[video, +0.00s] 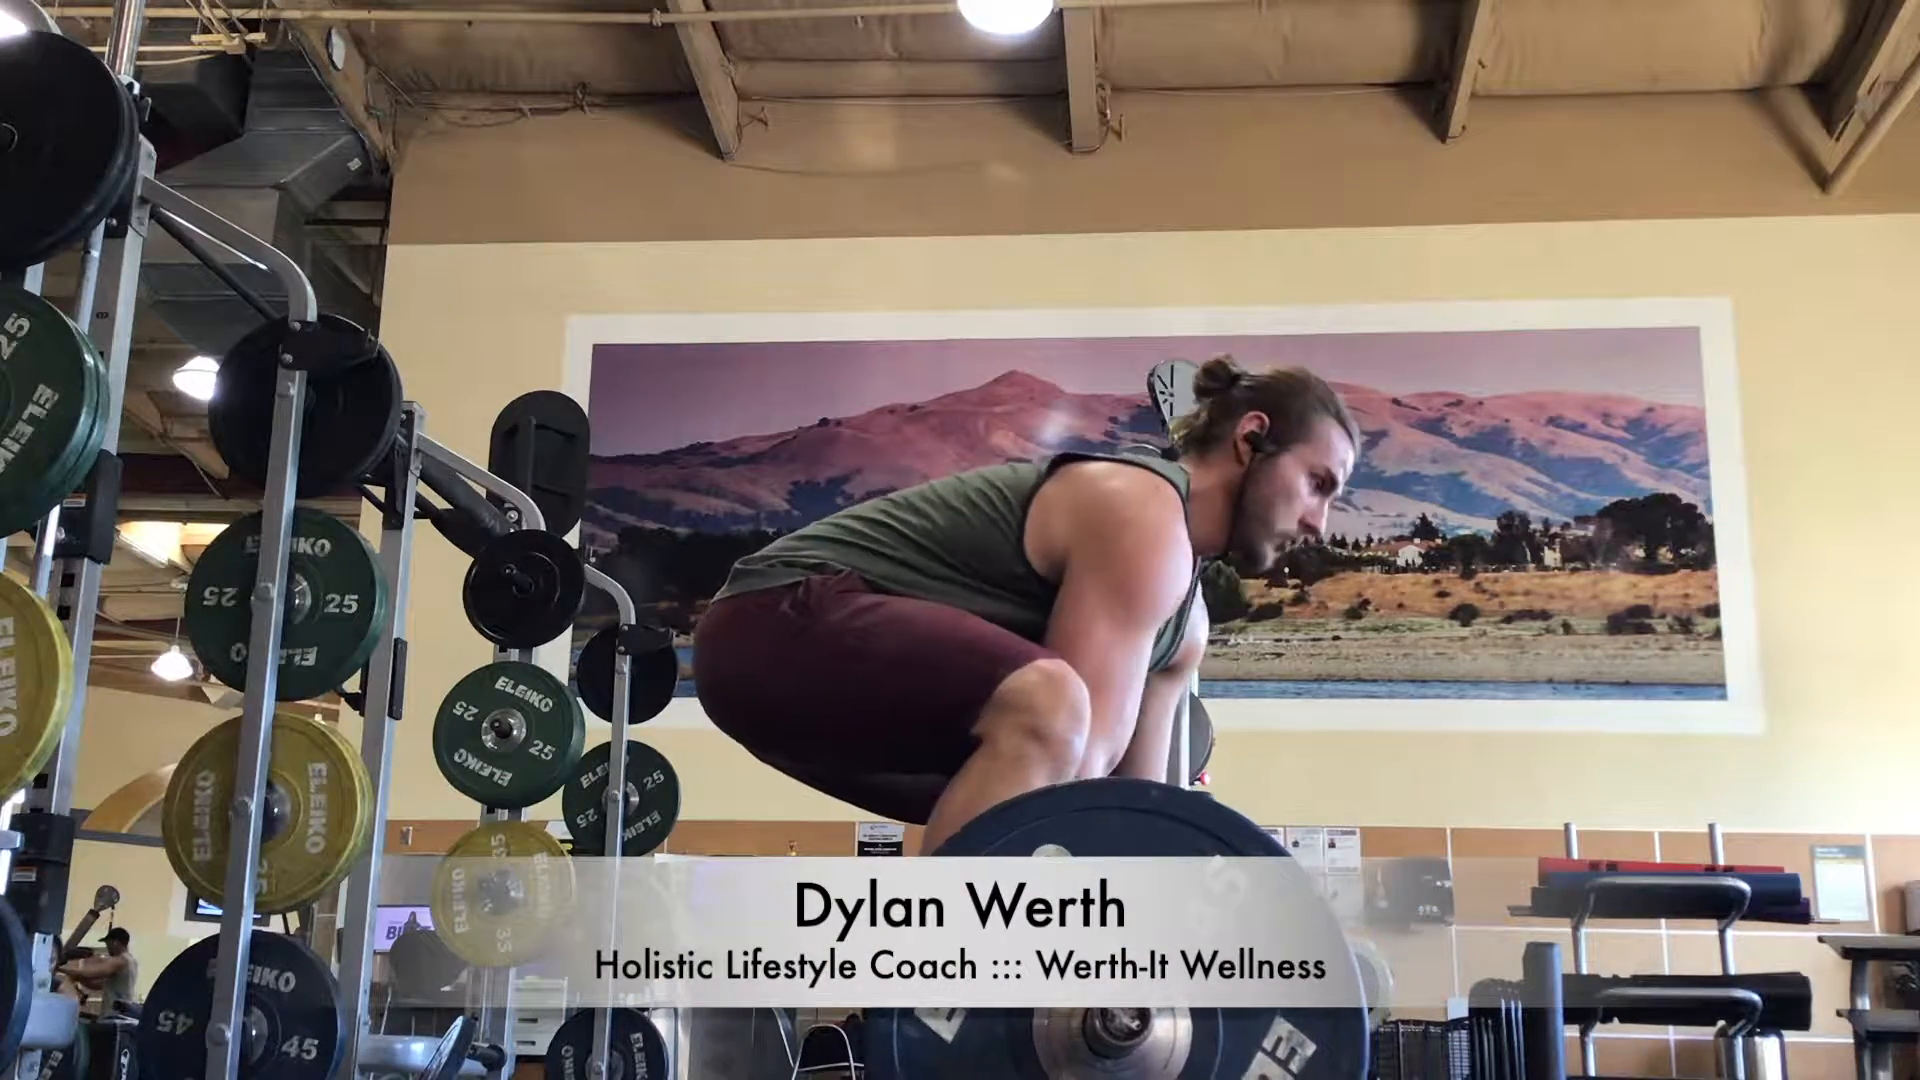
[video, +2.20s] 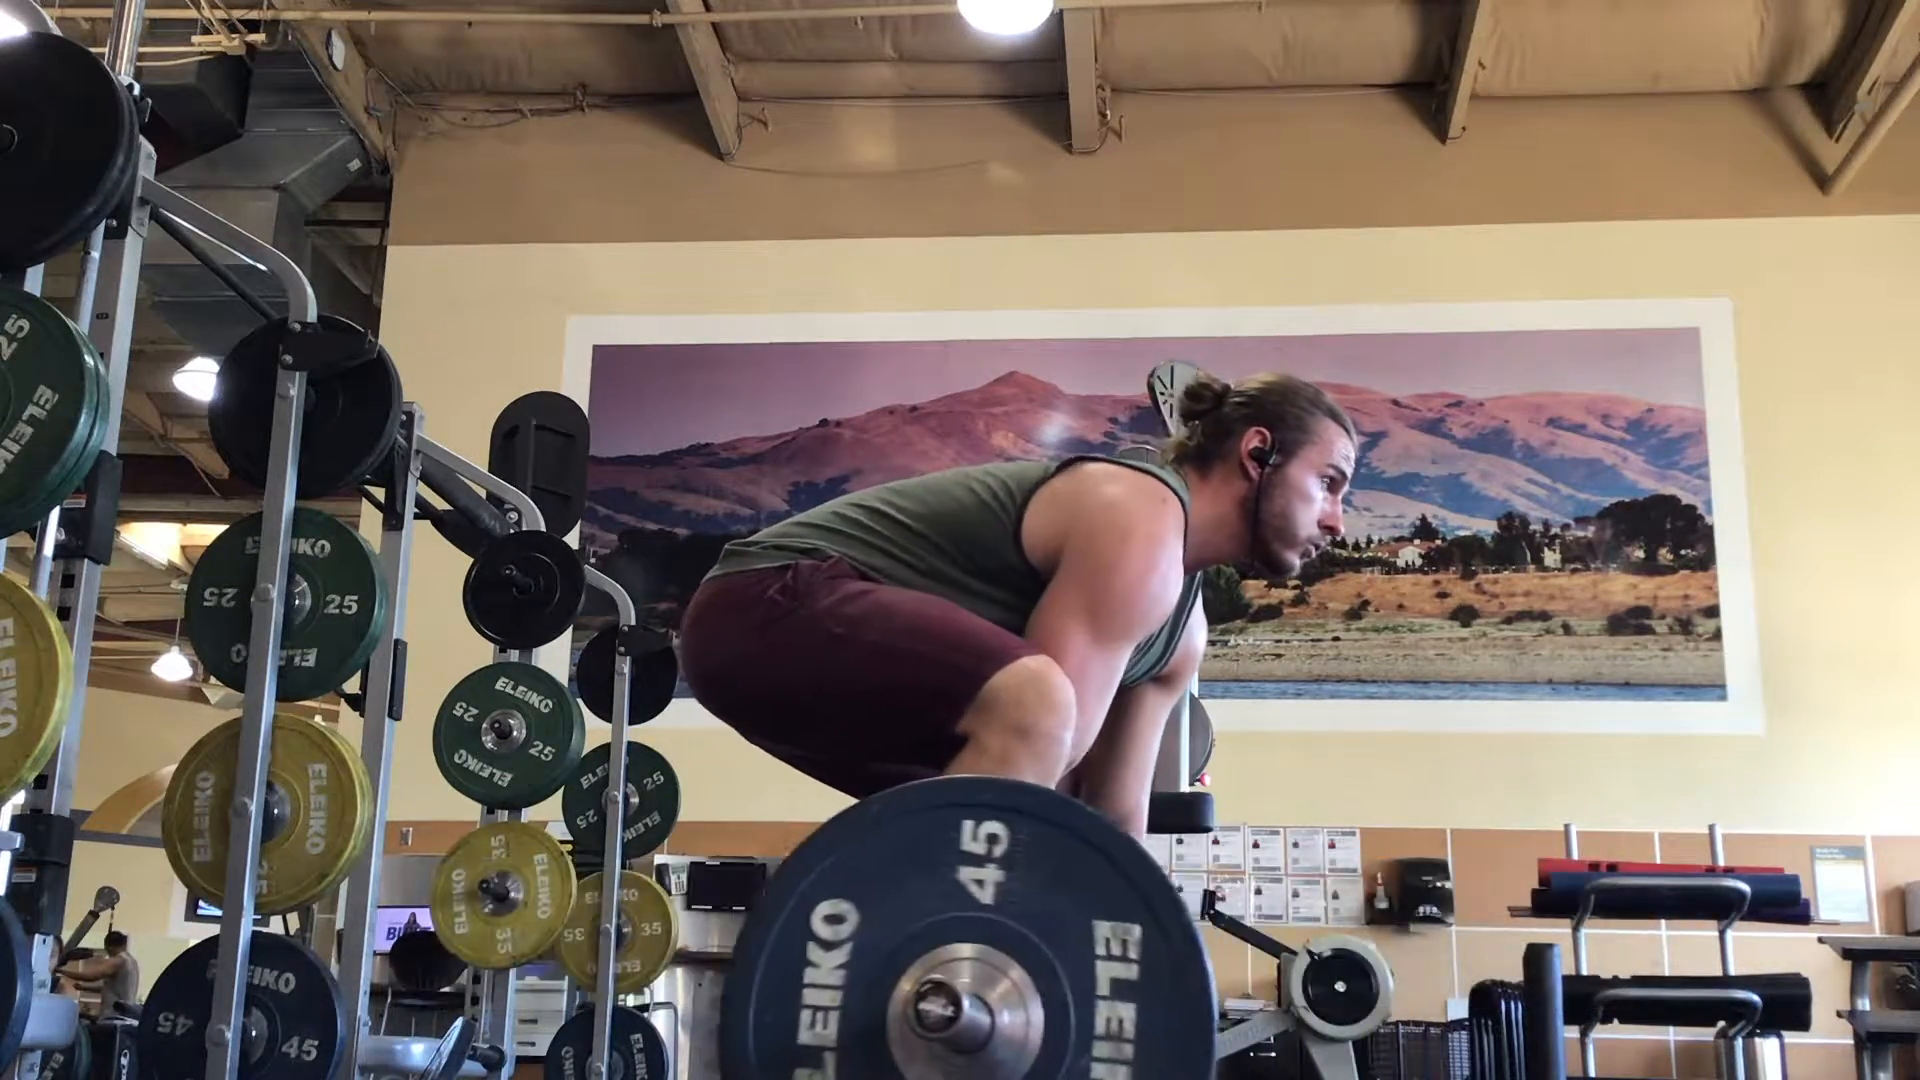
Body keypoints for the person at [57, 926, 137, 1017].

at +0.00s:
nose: (107, 947)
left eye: (108, 944)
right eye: (106, 944)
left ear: (116, 943)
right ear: (121, 943)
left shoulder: (122, 960)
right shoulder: (129, 961)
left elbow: (88, 973)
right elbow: (97, 985)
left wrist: (60, 969)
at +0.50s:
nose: (105, 946)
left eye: (107, 942)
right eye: (105, 942)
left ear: (114, 942)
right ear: (119, 943)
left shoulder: (119, 960)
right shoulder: (128, 961)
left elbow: (87, 976)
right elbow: (105, 988)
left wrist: (61, 970)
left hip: (108, 1017)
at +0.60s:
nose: (104, 946)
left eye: (106, 942)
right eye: (104, 943)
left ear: (113, 943)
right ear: (120, 943)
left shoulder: (118, 961)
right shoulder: (128, 961)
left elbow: (87, 977)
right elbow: (118, 988)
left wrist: (61, 970)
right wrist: (94, 989)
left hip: (108, 1017)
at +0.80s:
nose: (103, 947)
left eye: (104, 944)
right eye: (103, 944)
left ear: (111, 943)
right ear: (122, 943)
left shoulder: (117, 961)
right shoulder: (128, 961)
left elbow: (88, 977)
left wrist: (61, 971)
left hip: (107, 1018)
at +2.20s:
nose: (107, 950)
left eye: (107, 947)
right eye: (106, 947)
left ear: (110, 946)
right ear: (123, 944)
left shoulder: (119, 961)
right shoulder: (131, 962)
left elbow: (89, 977)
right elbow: (110, 988)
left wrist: (60, 971)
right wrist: (83, 987)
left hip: (111, 1018)